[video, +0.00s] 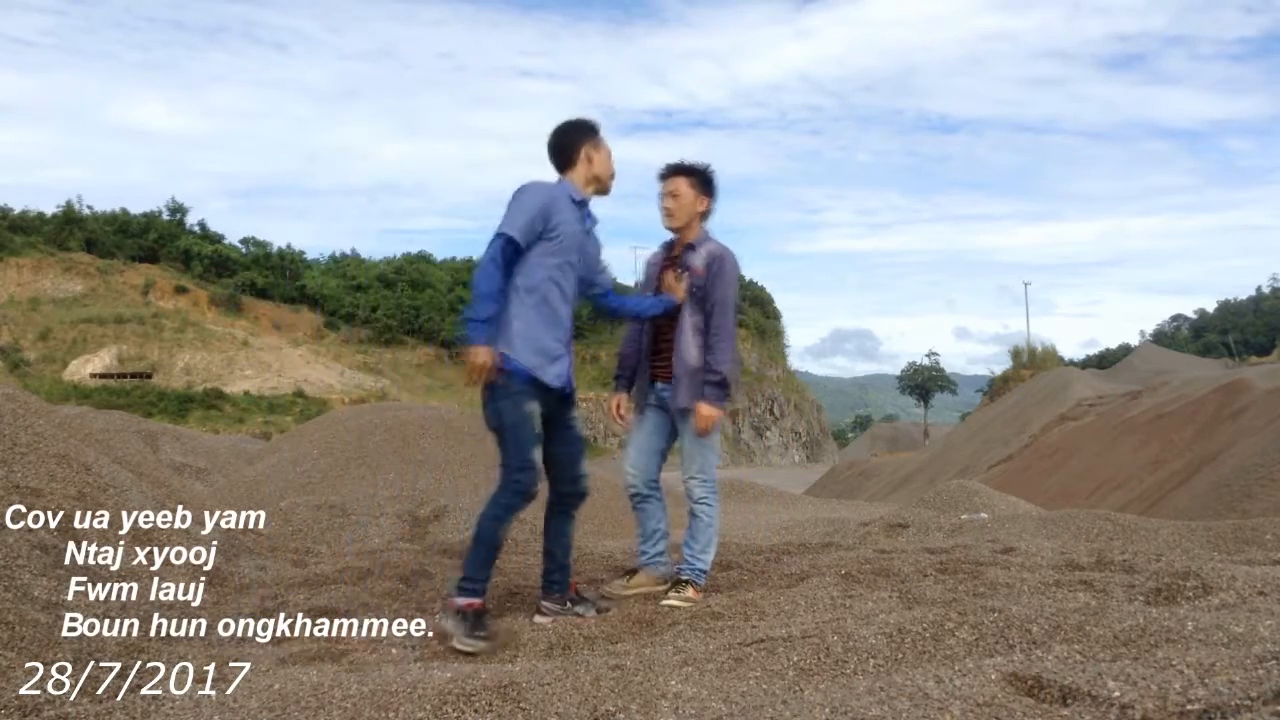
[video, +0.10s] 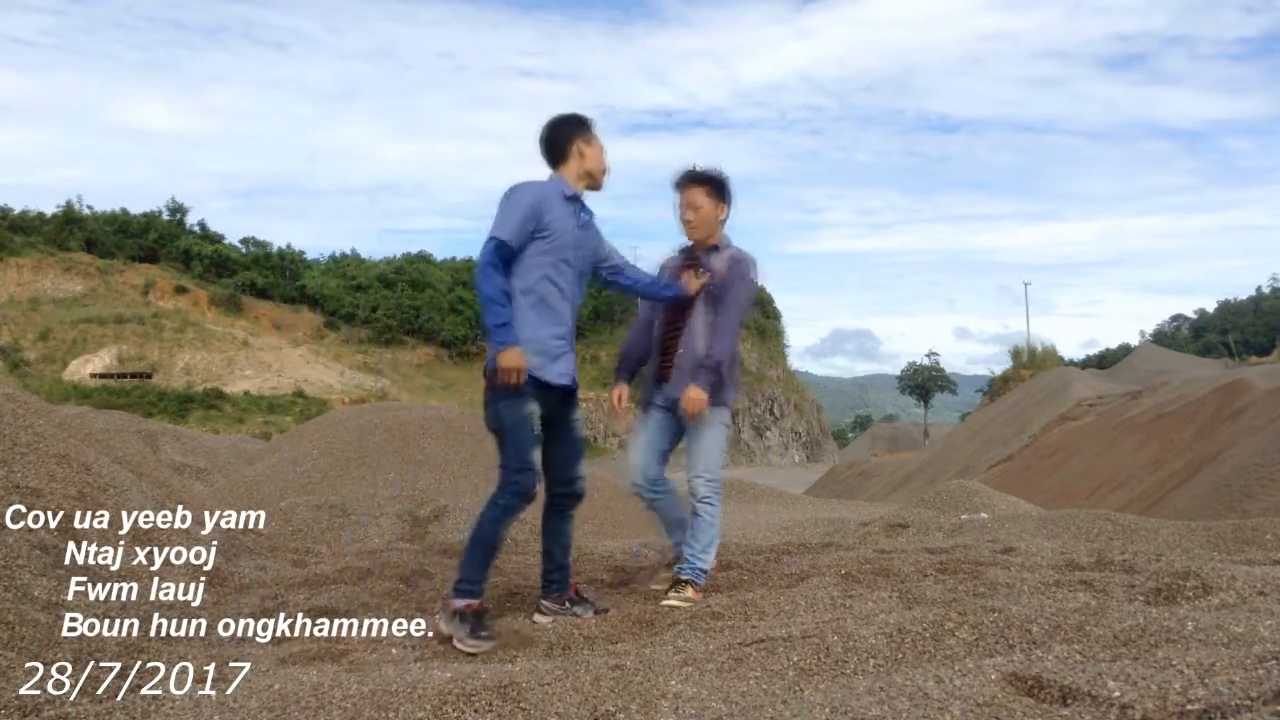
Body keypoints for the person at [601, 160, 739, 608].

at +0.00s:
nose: (665, 204)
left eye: (674, 196)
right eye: (662, 197)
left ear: (702, 203)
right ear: (663, 203)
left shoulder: (718, 260)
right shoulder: (655, 261)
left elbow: (723, 331)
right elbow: (639, 325)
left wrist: (714, 394)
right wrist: (622, 384)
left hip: (696, 393)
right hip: (654, 391)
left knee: (698, 486)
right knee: (639, 477)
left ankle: (693, 576)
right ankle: (654, 567)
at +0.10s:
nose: (686, 216)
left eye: (695, 208)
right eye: (682, 209)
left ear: (721, 210)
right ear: (679, 212)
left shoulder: (738, 265)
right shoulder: (672, 266)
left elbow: (727, 329)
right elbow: (646, 322)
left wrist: (704, 382)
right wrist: (623, 374)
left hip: (709, 395)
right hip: (662, 392)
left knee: (703, 484)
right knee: (643, 474)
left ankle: (692, 574)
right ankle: (690, 546)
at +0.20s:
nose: (709, 230)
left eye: (719, 223)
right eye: (705, 222)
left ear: (742, 226)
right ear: (700, 224)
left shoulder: (756, 280)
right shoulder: (686, 273)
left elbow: (742, 326)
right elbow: (653, 320)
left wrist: (710, 353)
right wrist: (623, 364)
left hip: (719, 395)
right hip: (672, 391)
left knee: (702, 481)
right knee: (676, 485)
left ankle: (693, 576)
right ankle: (725, 548)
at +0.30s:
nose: (722, 238)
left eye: (732, 231)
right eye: (719, 230)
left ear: (755, 240)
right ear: (714, 236)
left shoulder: (769, 296)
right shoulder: (695, 288)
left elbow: (774, 344)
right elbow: (659, 330)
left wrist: (745, 335)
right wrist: (628, 362)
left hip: (741, 403)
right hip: (697, 403)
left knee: (718, 474)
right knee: (693, 493)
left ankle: (702, 571)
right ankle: (739, 565)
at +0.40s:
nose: (729, 244)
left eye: (739, 237)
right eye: (726, 237)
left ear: (761, 247)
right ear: (720, 243)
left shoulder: (782, 300)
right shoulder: (705, 299)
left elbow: (801, 354)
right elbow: (675, 341)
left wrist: (775, 342)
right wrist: (645, 369)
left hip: (756, 404)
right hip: (712, 406)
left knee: (736, 466)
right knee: (697, 487)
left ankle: (740, 558)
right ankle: (724, 555)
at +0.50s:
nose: (742, 240)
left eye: (751, 233)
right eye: (738, 234)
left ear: (773, 239)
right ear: (734, 239)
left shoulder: (796, 291)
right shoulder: (719, 295)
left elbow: (820, 342)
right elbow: (700, 347)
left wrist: (808, 373)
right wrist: (681, 376)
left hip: (776, 400)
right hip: (728, 402)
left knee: (766, 461)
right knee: (719, 483)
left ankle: (781, 540)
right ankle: (736, 567)